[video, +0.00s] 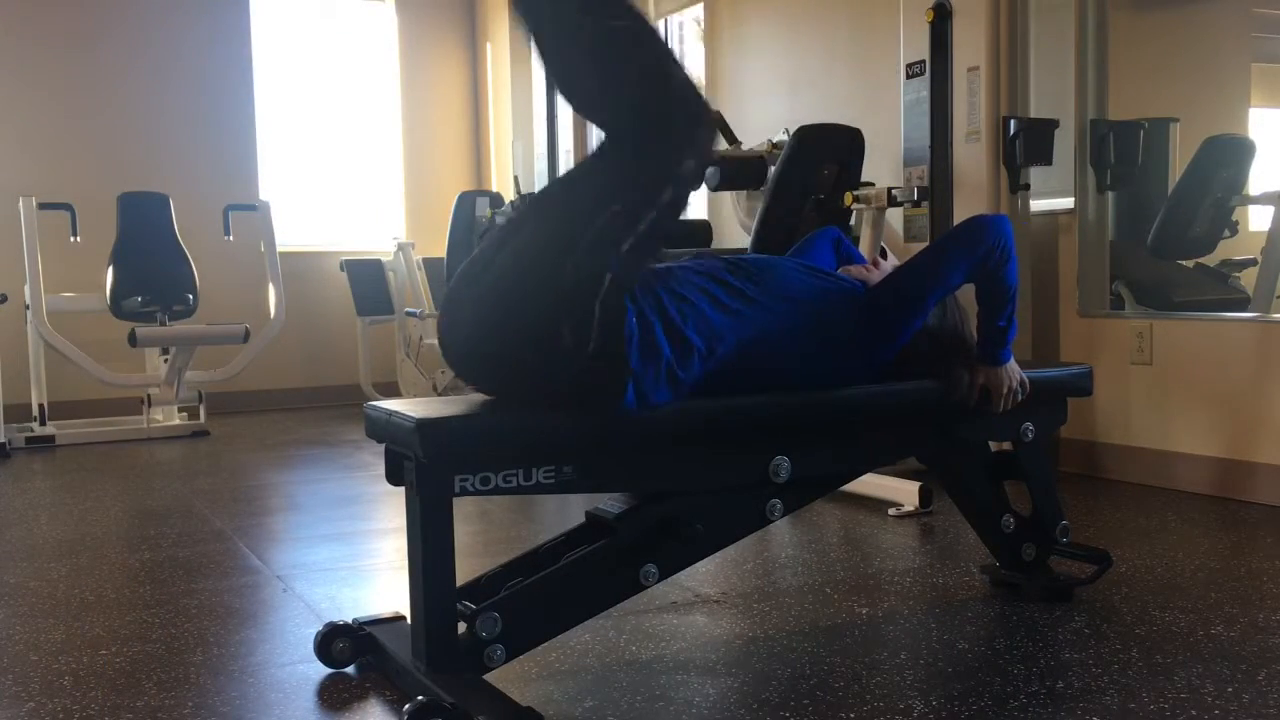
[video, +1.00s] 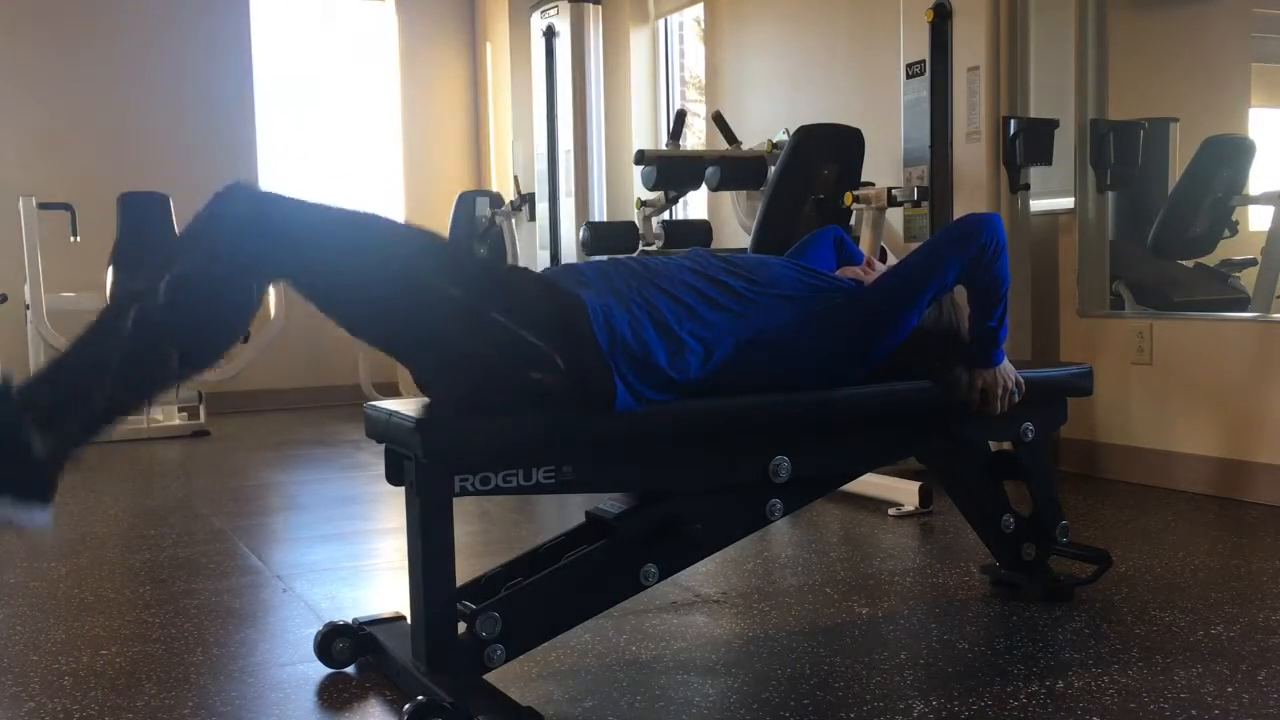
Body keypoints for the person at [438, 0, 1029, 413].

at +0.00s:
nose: (877, 256)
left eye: (893, 269)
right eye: (882, 254)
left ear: (903, 313)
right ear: (859, 273)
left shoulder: (870, 331)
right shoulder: (808, 286)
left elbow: (989, 232)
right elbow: (827, 229)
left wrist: (998, 353)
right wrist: (870, 267)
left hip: (558, 349)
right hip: (527, 329)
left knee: (678, 127)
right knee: (681, 129)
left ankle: (533, 9)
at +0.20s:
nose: (894, 262)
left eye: (905, 274)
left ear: (921, 317)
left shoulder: (873, 331)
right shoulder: (817, 276)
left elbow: (990, 233)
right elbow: (822, 171)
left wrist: (1000, 350)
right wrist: (880, 267)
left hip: (549, 345)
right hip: (536, 319)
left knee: (600, 71)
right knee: (600, 72)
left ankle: (388, 1)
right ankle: (399, 9)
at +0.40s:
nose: (882, 251)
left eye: (904, 261)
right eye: (887, 246)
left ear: (916, 315)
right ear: (868, 270)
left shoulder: (857, 335)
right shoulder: (811, 290)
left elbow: (994, 236)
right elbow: (829, 183)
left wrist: (987, 350)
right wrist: (877, 249)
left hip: (541, 352)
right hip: (526, 322)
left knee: (508, 57)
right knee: (510, 55)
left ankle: (219, 37)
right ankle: (224, 33)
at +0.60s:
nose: (873, 246)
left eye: (895, 255)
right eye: (874, 239)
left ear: (907, 307)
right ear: (850, 252)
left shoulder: (855, 338)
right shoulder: (802, 287)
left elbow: (989, 239)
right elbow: (823, 167)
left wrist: (934, 304)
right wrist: (874, 240)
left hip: (549, 361)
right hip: (534, 320)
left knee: (407, 80)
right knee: (406, 78)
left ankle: (115, 153)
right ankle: (126, 149)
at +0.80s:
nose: (881, 255)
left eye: (898, 264)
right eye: (891, 254)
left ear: (901, 301)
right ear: (875, 278)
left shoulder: (853, 324)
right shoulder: (796, 283)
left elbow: (983, 228)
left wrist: (976, 343)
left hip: (538, 348)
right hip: (531, 304)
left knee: (311, 138)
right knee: (313, 127)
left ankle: (70, 285)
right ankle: (148, 251)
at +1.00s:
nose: (873, 250)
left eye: (890, 259)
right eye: (876, 245)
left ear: (894, 294)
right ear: (856, 261)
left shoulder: (855, 323)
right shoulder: (787, 286)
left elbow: (983, 227)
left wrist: (984, 348)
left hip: (545, 350)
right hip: (525, 308)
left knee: (244, 216)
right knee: (272, 205)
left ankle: (39, 435)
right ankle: (172, 287)